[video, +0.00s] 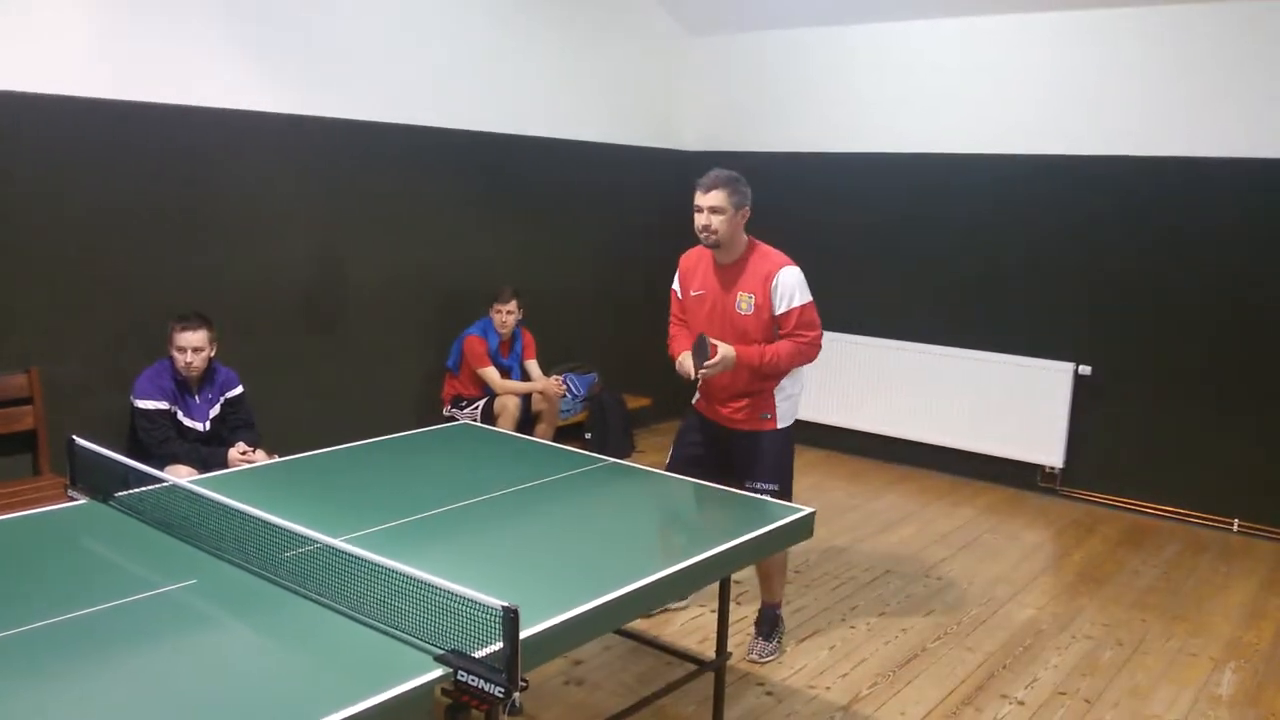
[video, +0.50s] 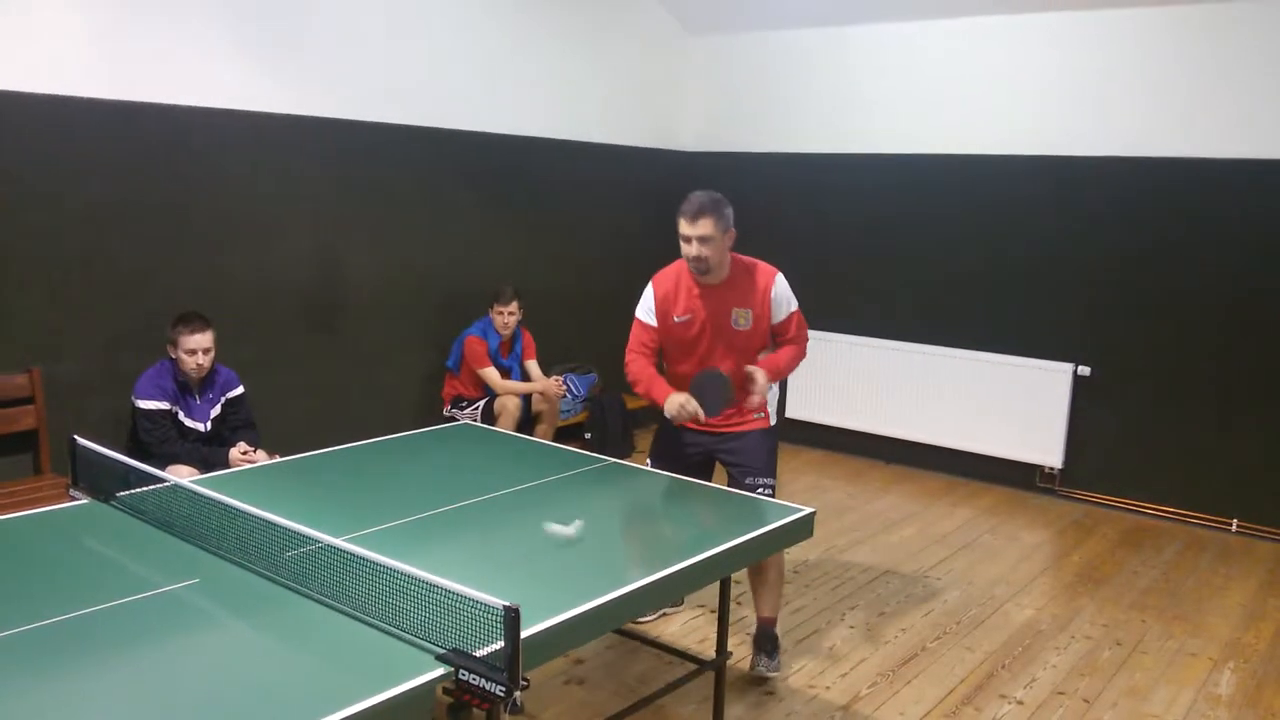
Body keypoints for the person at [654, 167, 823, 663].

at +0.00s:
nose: (704, 221)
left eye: (715, 212)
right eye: (698, 211)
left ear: (744, 215)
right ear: (694, 213)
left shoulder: (779, 273)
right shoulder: (691, 263)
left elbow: (807, 343)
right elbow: (678, 326)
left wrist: (739, 356)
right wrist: (684, 354)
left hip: (762, 423)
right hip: (704, 414)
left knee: (767, 523)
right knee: (674, 500)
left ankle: (769, 618)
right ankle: (674, 580)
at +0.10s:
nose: (698, 221)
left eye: (709, 211)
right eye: (692, 211)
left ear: (737, 214)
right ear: (686, 214)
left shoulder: (775, 270)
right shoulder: (682, 264)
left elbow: (804, 339)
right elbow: (671, 327)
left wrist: (739, 354)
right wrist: (678, 354)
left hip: (760, 424)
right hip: (702, 416)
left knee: (766, 524)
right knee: (676, 505)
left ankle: (769, 615)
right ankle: (668, 587)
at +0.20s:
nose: (689, 221)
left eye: (700, 212)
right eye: (683, 211)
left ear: (729, 214)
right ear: (679, 213)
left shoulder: (769, 268)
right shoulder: (673, 265)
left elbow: (799, 336)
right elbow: (661, 329)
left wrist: (737, 355)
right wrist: (674, 358)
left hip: (755, 419)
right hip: (694, 413)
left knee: (764, 521)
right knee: (671, 504)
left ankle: (769, 616)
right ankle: (666, 587)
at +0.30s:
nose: (683, 226)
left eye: (694, 217)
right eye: (677, 217)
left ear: (723, 218)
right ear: (673, 218)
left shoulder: (764, 270)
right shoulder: (663, 270)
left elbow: (794, 335)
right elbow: (651, 334)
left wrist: (738, 361)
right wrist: (667, 365)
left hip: (750, 423)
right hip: (687, 419)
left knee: (760, 521)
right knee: (667, 508)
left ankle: (771, 618)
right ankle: (665, 588)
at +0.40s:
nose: (683, 237)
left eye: (694, 227)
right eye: (676, 226)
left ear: (722, 226)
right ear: (670, 226)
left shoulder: (761, 275)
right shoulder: (658, 277)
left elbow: (792, 340)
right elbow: (639, 344)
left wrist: (742, 368)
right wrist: (664, 378)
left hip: (748, 422)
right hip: (683, 420)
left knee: (759, 521)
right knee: (663, 509)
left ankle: (769, 625)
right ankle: (665, 587)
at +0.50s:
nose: (695, 252)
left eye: (706, 241)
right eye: (687, 240)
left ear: (730, 238)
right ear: (678, 237)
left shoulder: (766, 282)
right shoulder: (662, 288)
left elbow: (795, 342)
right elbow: (636, 358)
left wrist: (767, 369)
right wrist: (666, 396)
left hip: (747, 423)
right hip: (683, 423)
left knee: (760, 523)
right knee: (662, 513)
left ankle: (766, 634)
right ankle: (667, 587)